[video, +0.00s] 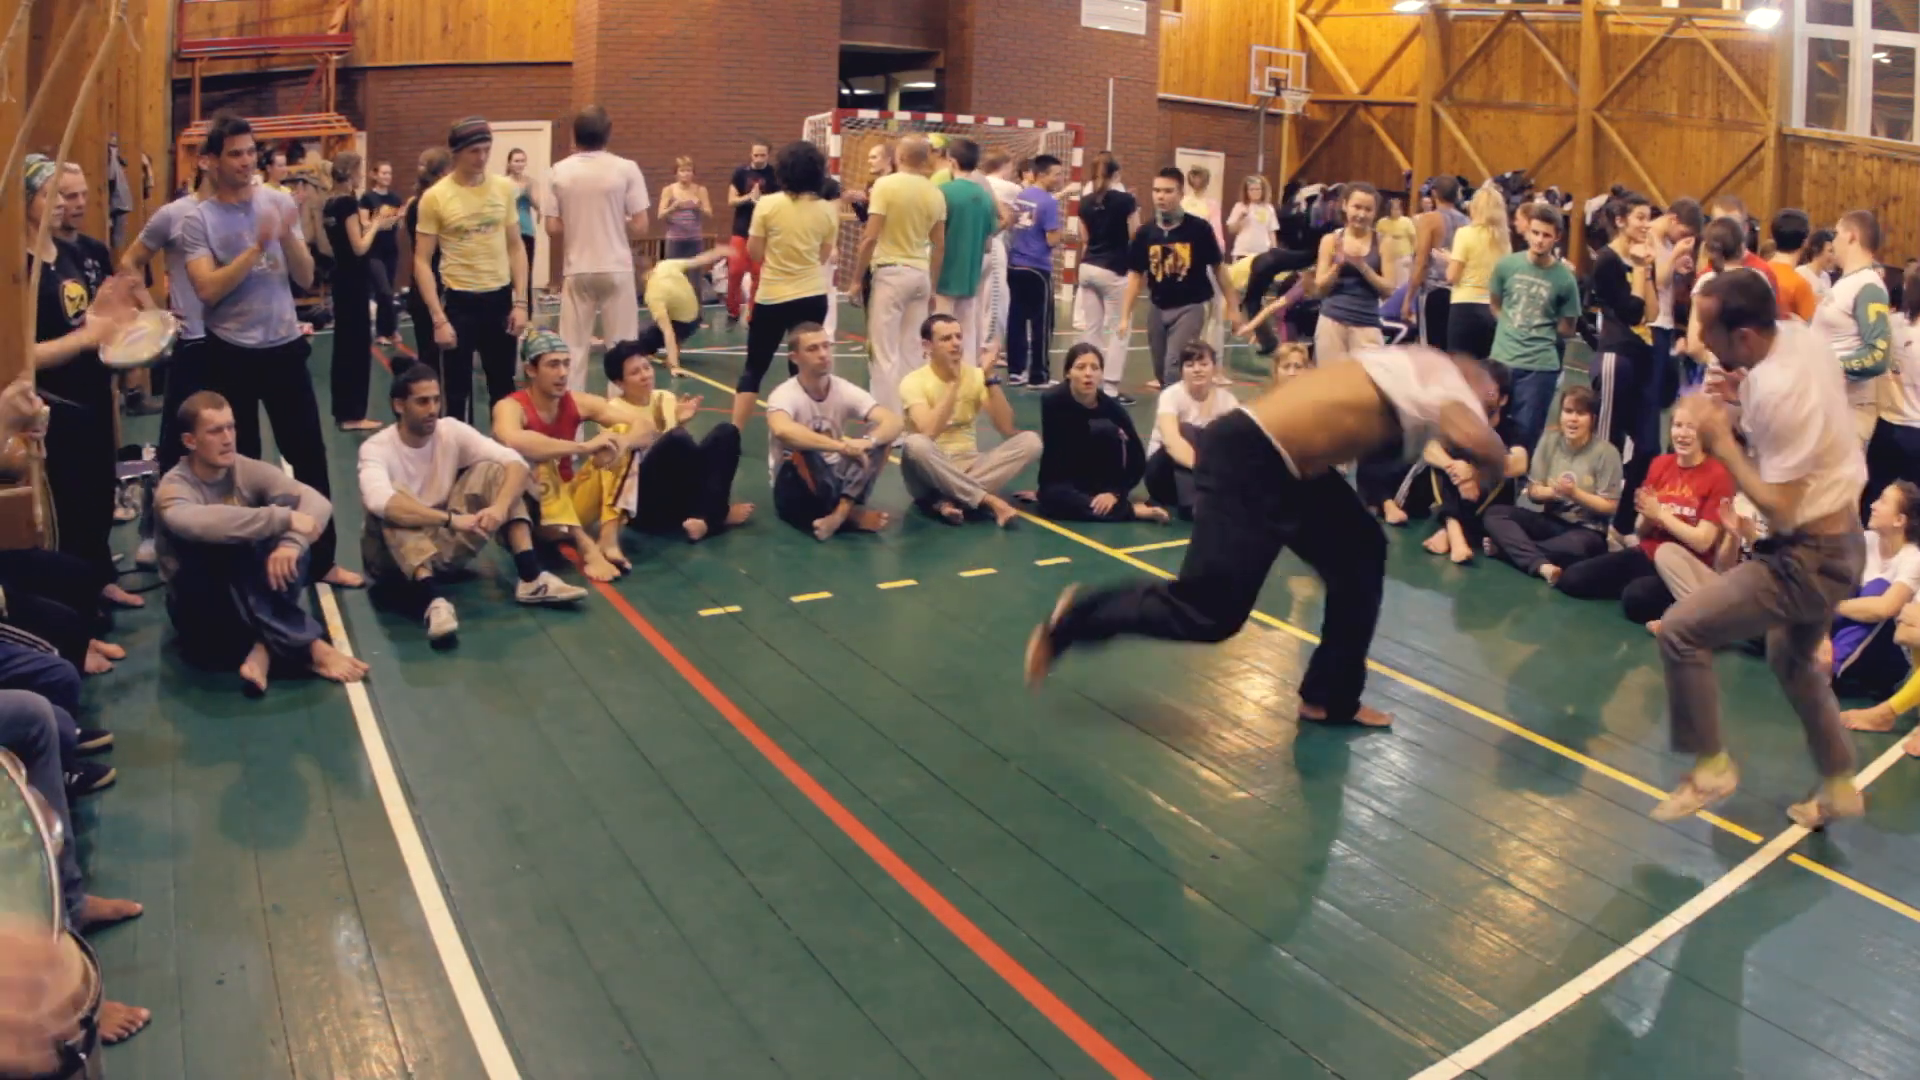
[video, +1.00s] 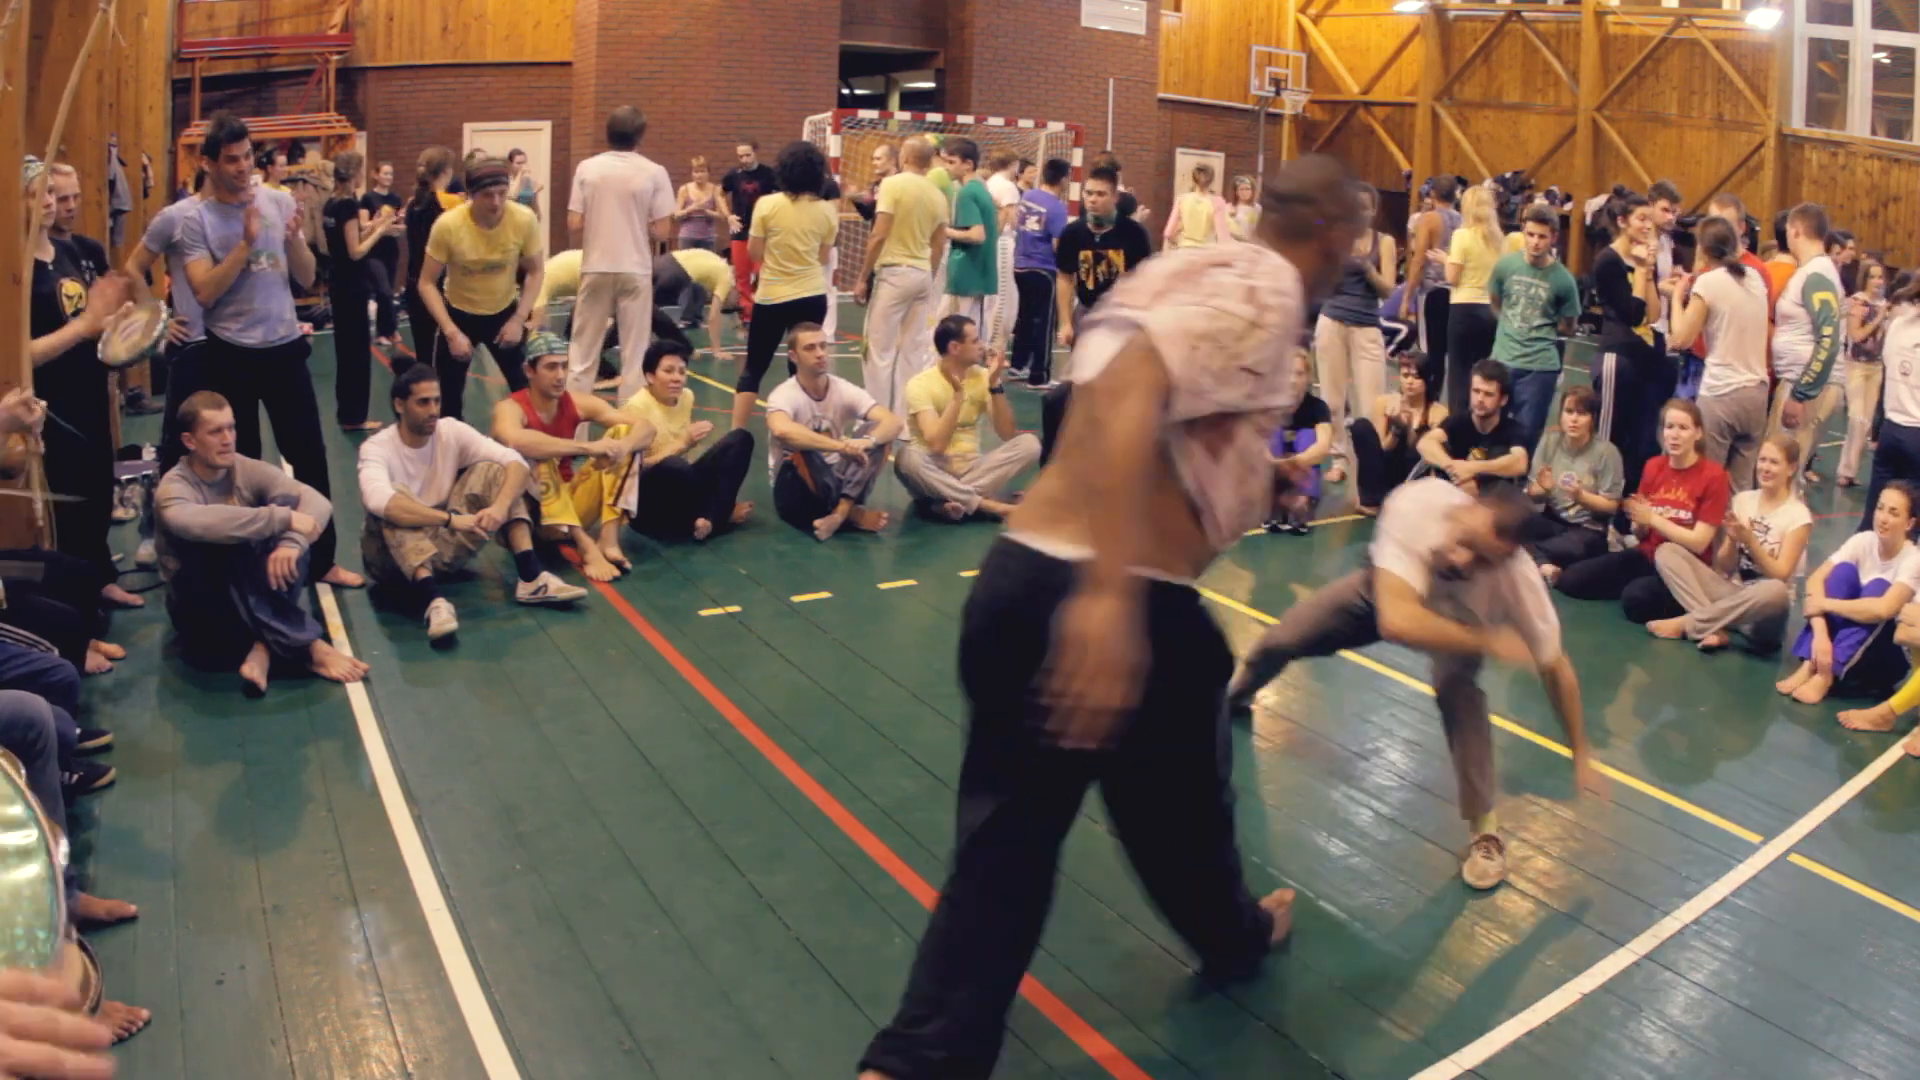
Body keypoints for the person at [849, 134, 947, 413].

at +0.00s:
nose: (892, 159)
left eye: (894, 155)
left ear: (899, 157)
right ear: (926, 160)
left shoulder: (885, 185)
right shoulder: (935, 194)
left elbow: (871, 237)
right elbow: (939, 243)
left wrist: (857, 278)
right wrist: (932, 285)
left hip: (890, 268)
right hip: (921, 269)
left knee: (884, 350)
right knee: (912, 348)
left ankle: (887, 421)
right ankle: (914, 417)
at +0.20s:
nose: (897, 159)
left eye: (898, 156)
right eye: (899, 155)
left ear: (903, 158)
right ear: (929, 162)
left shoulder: (890, 185)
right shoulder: (938, 195)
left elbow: (875, 237)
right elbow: (938, 243)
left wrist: (863, 277)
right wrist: (927, 270)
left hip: (894, 270)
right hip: (926, 270)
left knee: (879, 345)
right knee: (916, 347)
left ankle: (888, 416)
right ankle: (917, 416)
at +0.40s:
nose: (899, 159)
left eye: (901, 155)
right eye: (901, 154)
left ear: (906, 158)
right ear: (930, 162)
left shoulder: (893, 184)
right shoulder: (940, 196)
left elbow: (878, 236)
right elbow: (939, 246)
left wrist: (864, 274)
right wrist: (925, 267)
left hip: (896, 270)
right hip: (927, 271)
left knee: (879, 346)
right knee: (916, 349)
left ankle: (883, 418)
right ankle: (911, 420)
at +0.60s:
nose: (898, 158)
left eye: (900, 154)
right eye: (900, 154)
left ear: (905, 158)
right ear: (929, 162)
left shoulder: (894, 184)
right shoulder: (939, 196)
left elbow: (879, 235)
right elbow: (939, 245)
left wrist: (864, 277)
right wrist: (929, 276)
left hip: (895, 268)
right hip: (926, 271)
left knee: (879, 346)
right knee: (914, 349)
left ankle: (877, 422)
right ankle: (909, 425)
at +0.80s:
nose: (898, 157)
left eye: (901, 153)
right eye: (900, 152)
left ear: (906, 157)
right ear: (929, 160)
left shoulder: (893, 184)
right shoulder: (938, 195)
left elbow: (880, 235)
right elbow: (939, 245)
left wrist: (865, 275)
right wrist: (933, 282)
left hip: (895, 270)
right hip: (924, 273)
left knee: (881, 349)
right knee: (914, 350)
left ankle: (879, 419)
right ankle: (908, 420)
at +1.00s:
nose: (898, 158)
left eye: (900, 153)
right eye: (900, 153)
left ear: (905, 157)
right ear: (928, 161)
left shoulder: (892, 184)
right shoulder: (938, 195)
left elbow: (880, 234)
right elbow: (938, 244)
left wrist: (864, 276)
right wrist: (929, 277)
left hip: (894, 270)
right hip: (923, 272)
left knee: (880, 347)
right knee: (913, 349)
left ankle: (878, 418)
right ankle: (905, 418)